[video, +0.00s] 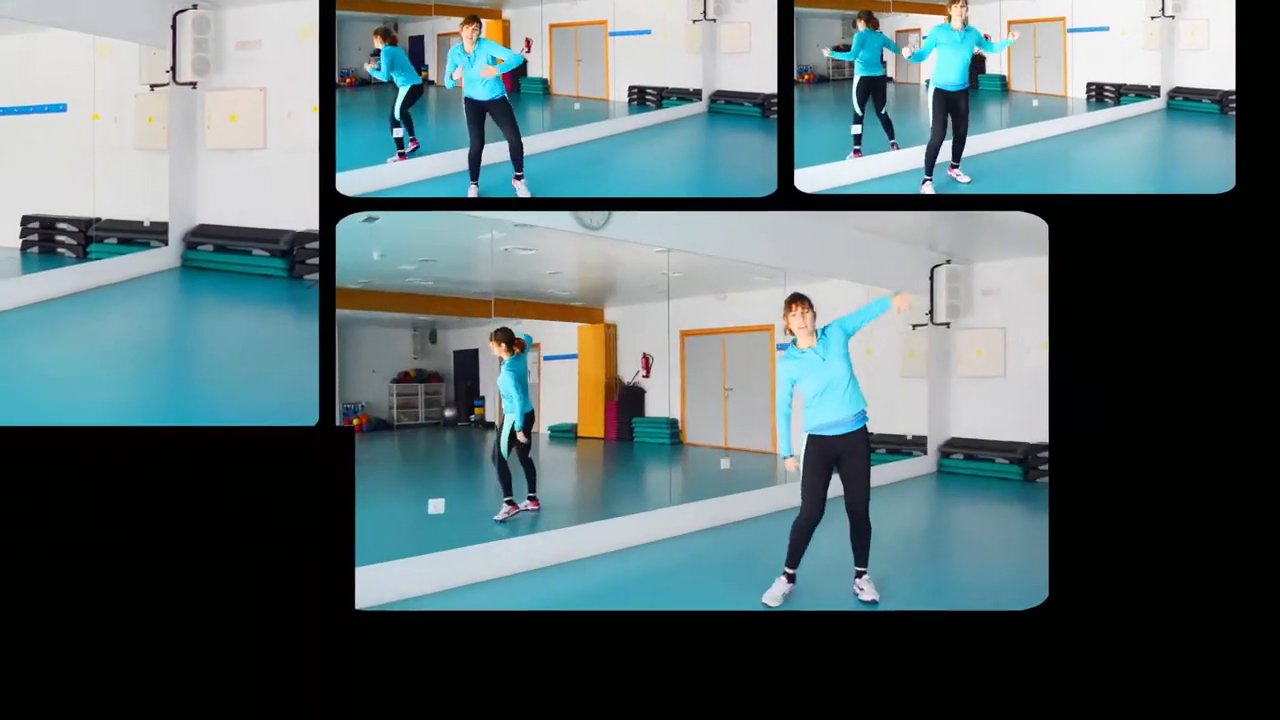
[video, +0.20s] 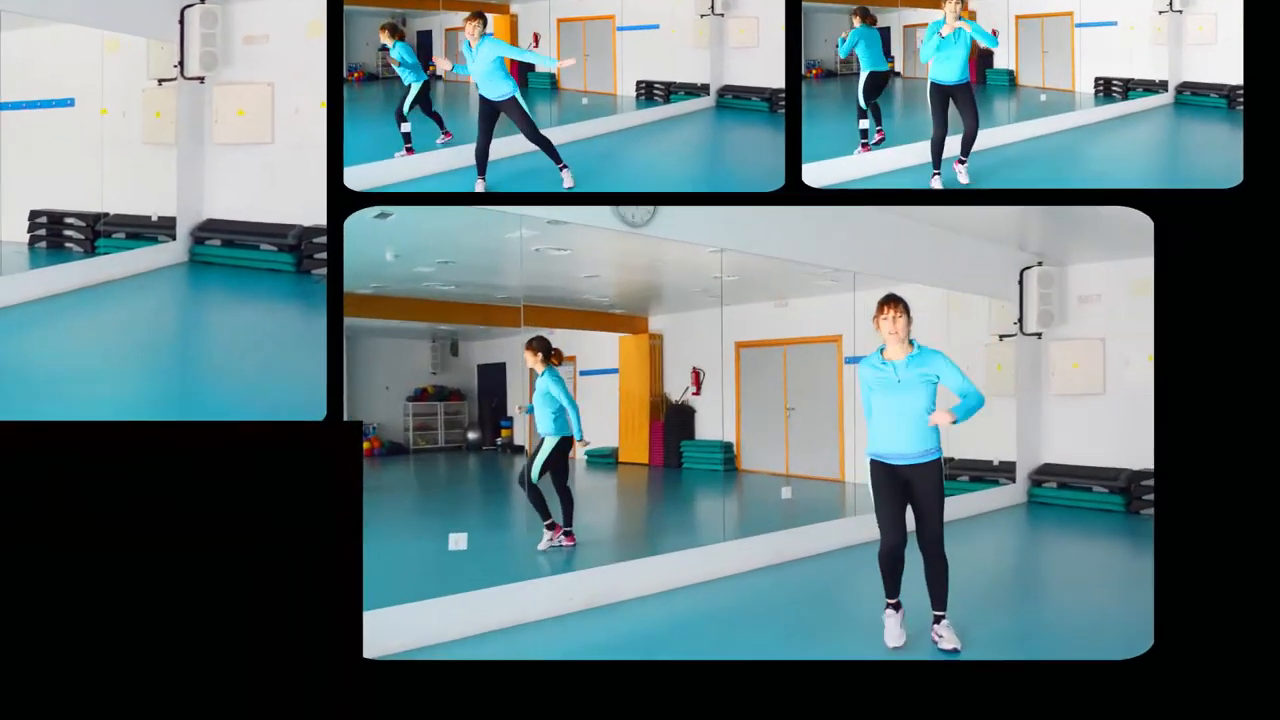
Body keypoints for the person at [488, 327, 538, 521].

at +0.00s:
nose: (491, 348)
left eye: (493, 344)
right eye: (491, 344)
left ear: (502, 346)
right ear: (508, 345)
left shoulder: (507, 372)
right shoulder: (520, 358)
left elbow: (518, 399)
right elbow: (528, 339)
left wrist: (519, 428)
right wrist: (522, 340)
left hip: (513, 416)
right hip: (526, 412)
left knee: (498, 456)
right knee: (524, 455)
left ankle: (509, 503)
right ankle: (532, 499)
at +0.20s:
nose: (525, 358)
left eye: (527, 354)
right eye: (525, 354)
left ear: (538, 355)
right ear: (540, 355)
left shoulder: (551, 378)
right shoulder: (543, 377)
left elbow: (571, 405)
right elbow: (546, 405)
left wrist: (578, 435)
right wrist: (528, 408)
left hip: (555, 436)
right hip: (557, 436)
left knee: (526, 479)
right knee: (561, 484)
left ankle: (550, 527)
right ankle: (568, 533)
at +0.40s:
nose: (545, 365)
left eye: (548, 360)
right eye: (546, 360)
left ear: (561, 363)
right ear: (559, 363)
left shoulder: (575, 384)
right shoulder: (559, 391)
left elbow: (596, 403)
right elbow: (556, 428)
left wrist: (604, 416)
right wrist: (538, 418)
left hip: (581, 451)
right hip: (575, 452)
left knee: (555, 505)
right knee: (585, 506)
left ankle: (586, 552)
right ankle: (591, 556)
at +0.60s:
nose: (553, 373)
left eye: (556, 368)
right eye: (554, 368)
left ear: (568, 370)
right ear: (561, 371)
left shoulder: (583, 394)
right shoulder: (564, 402)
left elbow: (590, 405)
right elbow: (549, 434)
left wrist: (574, 372)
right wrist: (533, 413)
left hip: (588, 461)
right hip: (575, 464)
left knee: (583, 519)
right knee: (579, 519)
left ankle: (611, 577)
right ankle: (596, 564)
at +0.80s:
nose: (574, 359)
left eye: (575, 354)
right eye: (574, 355)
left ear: (585, 352)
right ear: (589, 354)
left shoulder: (595, 370)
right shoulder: (587, 388)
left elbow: (554, 381)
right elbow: (562, 413)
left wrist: (557, 353)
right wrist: (540, 389)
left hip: (608, 447)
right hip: (593, 451)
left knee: (606, 505)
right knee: (574, 500)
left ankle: (634, 562)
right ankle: (598, 558)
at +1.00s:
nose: (621, 327)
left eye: (623, 322)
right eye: (622, 323)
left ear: (634, 321)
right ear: (642, 324)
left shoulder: (632, 340)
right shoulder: (647, 346)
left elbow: (604, 373)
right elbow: (622, 388)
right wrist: (590, 376)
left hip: (655, 420)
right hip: (644, 421)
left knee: (650, 483)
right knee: (628, 478)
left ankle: (691, 523)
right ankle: (648, 539)